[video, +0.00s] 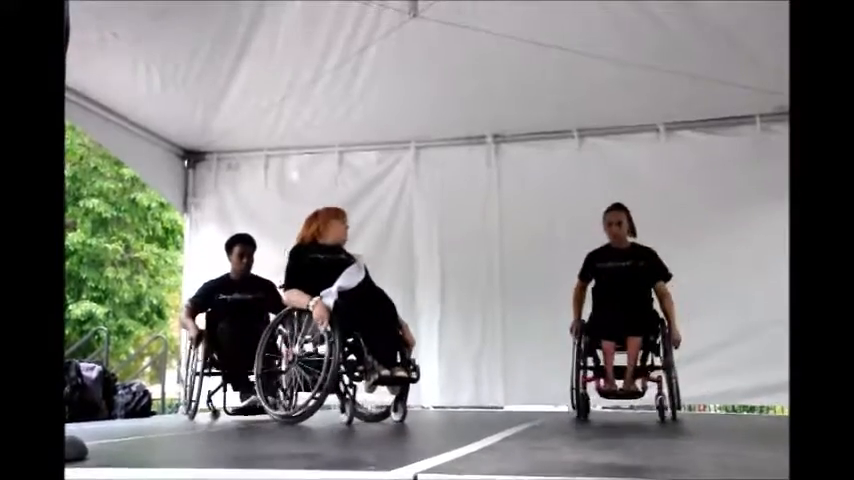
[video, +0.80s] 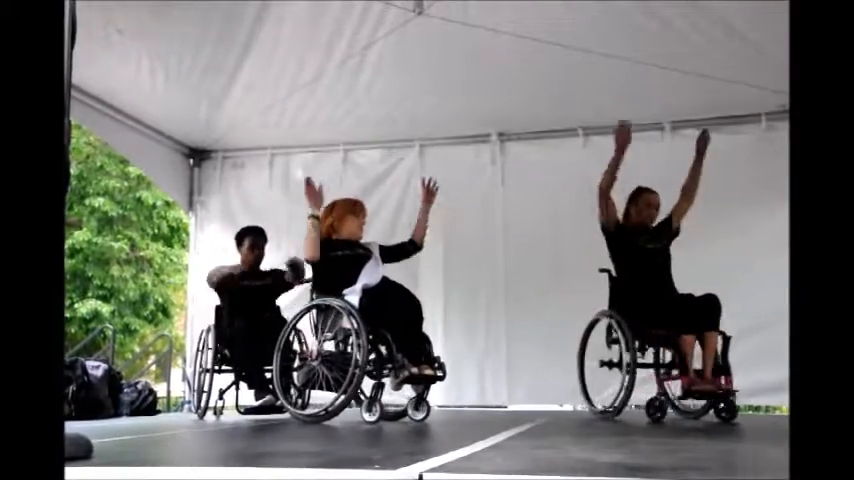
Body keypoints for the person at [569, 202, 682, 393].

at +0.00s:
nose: (614, 229)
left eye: (619, 224)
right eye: (609, 224)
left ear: (628, 225)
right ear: (604, 228)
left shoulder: (646, 255)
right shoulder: (595, 257)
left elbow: (662, 293)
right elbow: (581, 287)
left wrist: (672, 326)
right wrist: (577, 319)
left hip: (638, 313)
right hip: (607, 314)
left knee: (637, 320)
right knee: (606, 322)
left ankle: (629, 380)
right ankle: (609, 379)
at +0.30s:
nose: (621, 217)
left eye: (626, 212)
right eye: (615, 213)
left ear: (634, 218)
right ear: (608, 220)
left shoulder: (650, 249)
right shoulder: (597, 249)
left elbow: (669, 286)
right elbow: (574, 282)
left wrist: (686, 324)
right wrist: (576, 308)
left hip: (645, 309)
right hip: (611, 310)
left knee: (656, 330)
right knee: (627, 334)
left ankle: (651, 378)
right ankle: (630, 379)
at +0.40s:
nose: (628, 217)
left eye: (633, 213)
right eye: (622, 213)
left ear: (637, 218)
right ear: (611, 218)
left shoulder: (650, 248)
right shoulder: (599, 246)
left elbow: (677, 272)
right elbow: (579, 275)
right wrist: (595, 285)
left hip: (648, 304)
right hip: (618, 303)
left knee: (671, 307)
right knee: (640, 322)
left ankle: (663, 377)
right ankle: (641, 378)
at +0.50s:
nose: (633, 217)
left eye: (636, 212)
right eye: (627, 212)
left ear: (640, 217)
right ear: (613, 217)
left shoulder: (649, 246)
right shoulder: (604, 242)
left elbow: (679, 256)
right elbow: (589, 256)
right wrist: (601, 258)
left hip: (649, 310)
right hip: (616, 311)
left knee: (679, 303)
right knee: (649, 316)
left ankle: (672, 377)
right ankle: (651, 380)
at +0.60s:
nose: (639, 217)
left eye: (642, 212)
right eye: (633, 211)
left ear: (645, 216)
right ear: (619, 213)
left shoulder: (650, 242)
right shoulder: (608, 241)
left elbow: (689, 235)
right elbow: (598, 237)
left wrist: (704, 214)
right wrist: (621, 217)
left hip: (653, 307)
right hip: (620, 310)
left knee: (686, 302)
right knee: (656, 317)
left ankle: (681, 377)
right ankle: (662, 381)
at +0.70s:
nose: (647, 212)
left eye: (650, 208)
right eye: (641, 206)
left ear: (651, 213)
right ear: (624, 211)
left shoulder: (658, 238)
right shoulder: (613, 238)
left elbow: (688, 209)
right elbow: (605, 204)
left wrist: (701, 169)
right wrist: (630, 171)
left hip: (661, 305)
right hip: (629, 307)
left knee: (699, 302)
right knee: (673, 310)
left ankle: (697, 377)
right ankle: (679, 380)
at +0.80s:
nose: (653, 212)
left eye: (656, 208)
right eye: (648, 206)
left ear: (658, 212)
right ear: (632, 207)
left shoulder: (662, 234)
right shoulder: (617, 234)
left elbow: (687, 198)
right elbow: (603, 193)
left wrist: (699, 156)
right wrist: (619, 152)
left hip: (666, 305)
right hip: (634, 307)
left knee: (709, 303)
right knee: (686, 314)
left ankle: (707, 377)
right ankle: (687, 378)